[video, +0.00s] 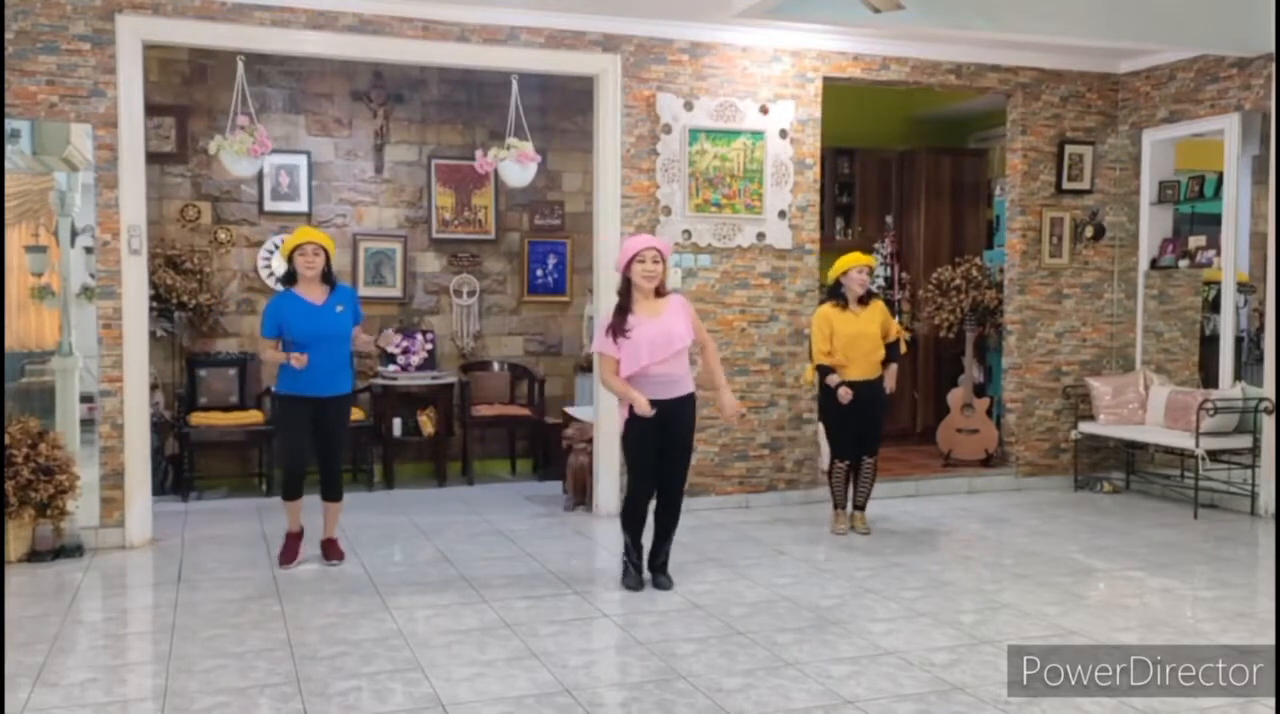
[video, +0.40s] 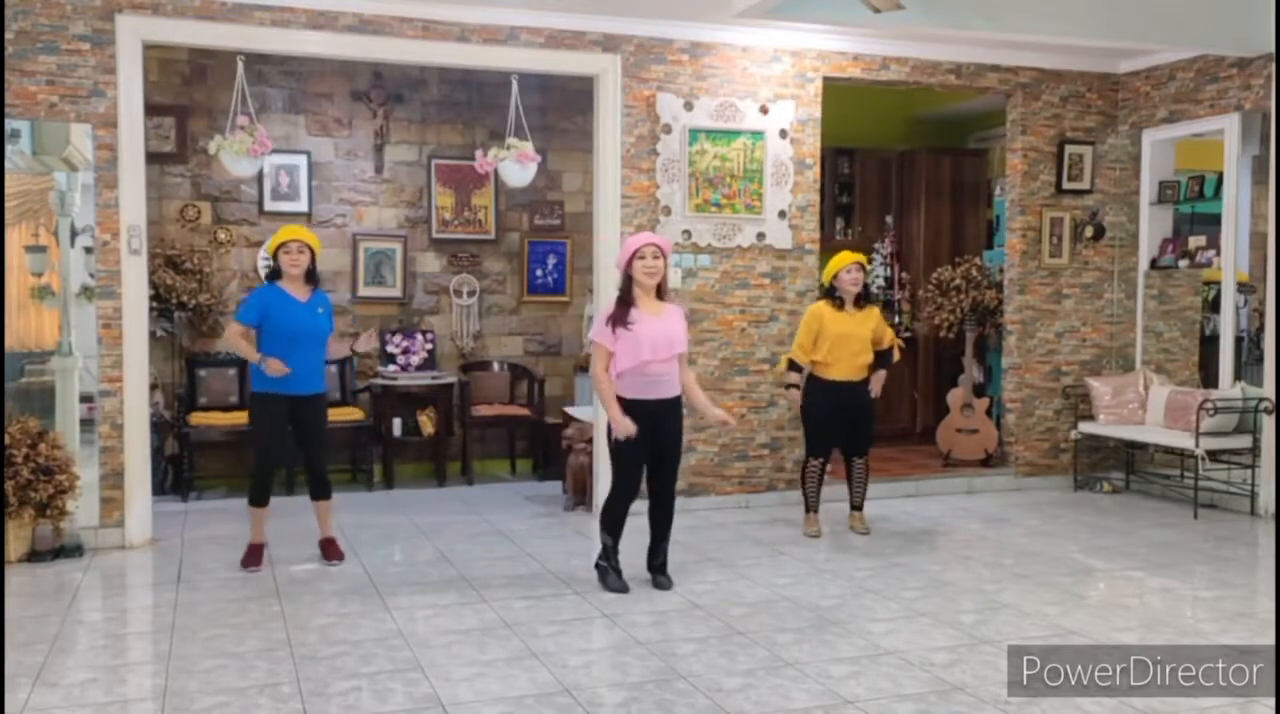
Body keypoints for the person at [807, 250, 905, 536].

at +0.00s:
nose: (865, 279)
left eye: (868, 273)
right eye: (859, 273)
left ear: (870, 278)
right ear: (842, 278)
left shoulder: (877, 308)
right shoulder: (825, 313)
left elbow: (894, 337)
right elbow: (820, 356)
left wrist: (891, 368)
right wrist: (836, 383)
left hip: (871, 387)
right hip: (837, 388)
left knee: (868, 452)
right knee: (841, 453)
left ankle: (859, 512)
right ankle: (839, 511)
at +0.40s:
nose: (856, 276)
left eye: (859, 271)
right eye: (849, 271)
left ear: (864, 278)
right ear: (834, 279)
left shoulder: (871, 314)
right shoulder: (818, 312)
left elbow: (888, 346)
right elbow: (801, 351)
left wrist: (880, 373)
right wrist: (794, 384)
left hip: (857, 391)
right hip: (821, 389)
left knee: (858, 453)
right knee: (818, 453)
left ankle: (857, 512)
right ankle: (811, 514)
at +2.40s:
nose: (858, 274)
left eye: (861, 269)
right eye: (851, 270)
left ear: (866, 276)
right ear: (837, 278)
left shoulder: (877, 309)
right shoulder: (825, 315)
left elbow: (895, 340)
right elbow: (816, 357)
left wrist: (890, 370)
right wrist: (825, 388)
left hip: (869, 388)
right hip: (835, 387)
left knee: (866, 452)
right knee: (834, 453)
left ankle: (858, 512)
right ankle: (832, 512)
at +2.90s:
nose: (843, 273)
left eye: (847, 269)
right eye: (836, 269)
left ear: (853, 277)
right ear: (823, 276)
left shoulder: (862, 313)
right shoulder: (807, 312)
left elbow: (875, 346)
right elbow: (791, 351)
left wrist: (869, 375)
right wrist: (784, 385)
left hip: (847, 390)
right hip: (809, 388)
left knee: (851, 453)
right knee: (808, 454)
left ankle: (855, 513)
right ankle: (805, 515)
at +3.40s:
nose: (831, 275)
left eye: (834, 271)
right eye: (824, 270)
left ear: (839, 279)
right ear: (809, 278)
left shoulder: (851, 312)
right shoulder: (793, 314)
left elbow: (865, 347)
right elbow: (776, 350)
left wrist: (860, 376)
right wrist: (764, 371)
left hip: (835, 393)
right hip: (797, 391)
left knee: (832, 456)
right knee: (800, 455)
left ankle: (828, 513)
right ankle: (805, 514)